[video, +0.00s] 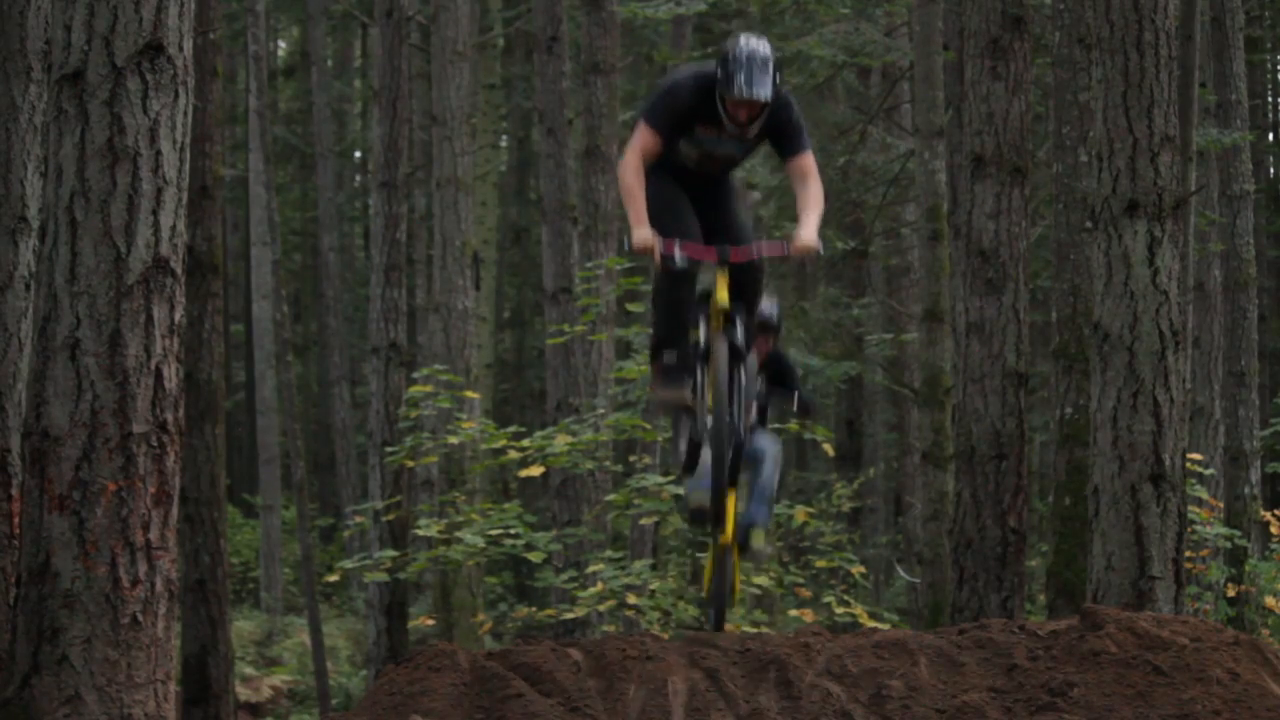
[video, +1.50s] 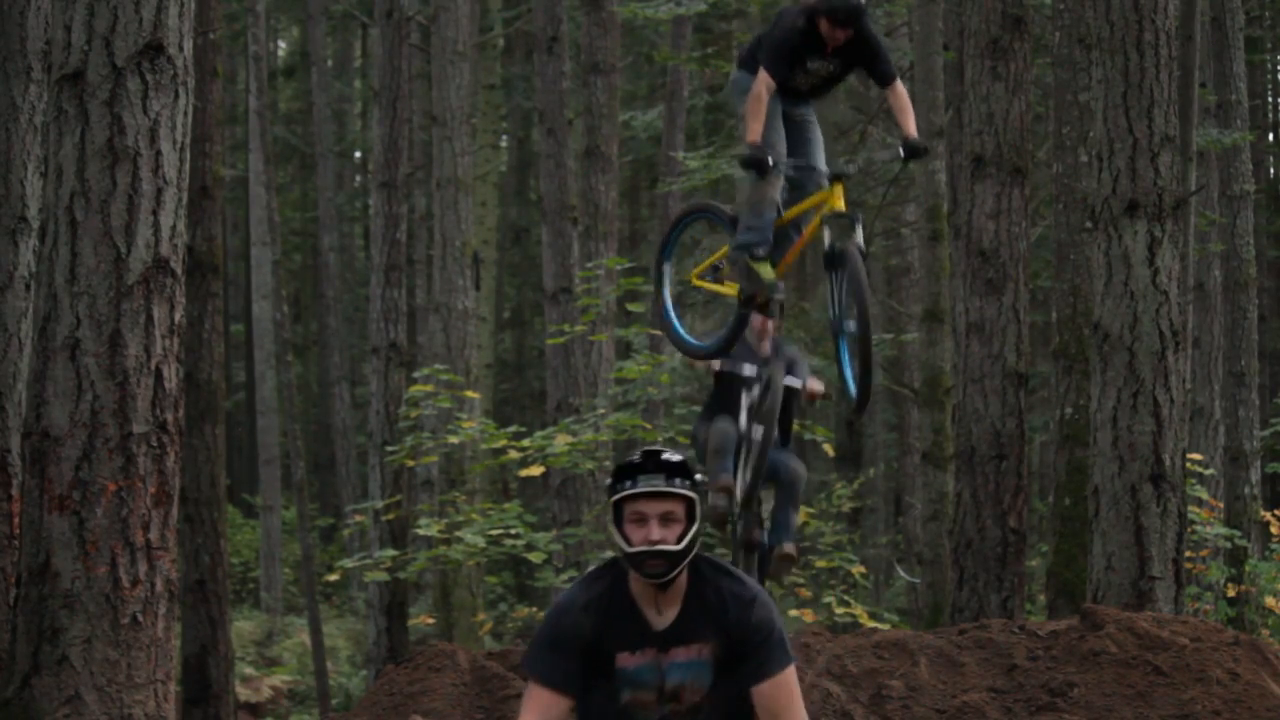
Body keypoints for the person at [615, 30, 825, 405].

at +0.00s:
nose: (744, 113)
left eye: (754, 105)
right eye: (737, 103)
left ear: (769, 95)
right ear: (720, 87)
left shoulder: (777, 107)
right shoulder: (686, 91)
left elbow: (806, 175)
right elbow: (632, 157)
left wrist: (808, 228)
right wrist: (639, 226)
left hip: (715, 183)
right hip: (664, 177)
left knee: (748, 267)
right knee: (681, 251)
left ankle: (742, 358)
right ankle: (667, 362)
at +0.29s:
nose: (744, 293)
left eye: (756, 284)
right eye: (736, 281)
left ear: (771, 271)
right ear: (716, 264)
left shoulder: (781, 274)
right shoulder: (675, 281)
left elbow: (815, 362)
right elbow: (648, 365)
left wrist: (831, 448)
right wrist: (661, 453)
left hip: (721, 347)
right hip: (668, 348)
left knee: (735, 460)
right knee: (679, 461)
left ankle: (722, 564)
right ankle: (669, 581)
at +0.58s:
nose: (750, 454)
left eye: (760, 445)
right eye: (743, 442)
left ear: (776, 430)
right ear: (722, 425)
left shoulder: (784, 438)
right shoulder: (672, 431)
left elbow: (823, 504)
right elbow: (615, 505)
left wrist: (834, 542)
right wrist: (647, 561)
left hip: (734, 491)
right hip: (671, 491)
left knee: (763, 546)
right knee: (693, 569)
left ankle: (749, 632)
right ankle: (691, 673)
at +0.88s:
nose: (731, 474)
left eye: (742, 461)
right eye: (720, 461)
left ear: (759, 455)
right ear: (700, 453)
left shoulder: (781, 483)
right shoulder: (659, 489)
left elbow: (826, 565)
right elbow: (611, 578)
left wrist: (828, 631)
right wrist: (627, 654)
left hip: (742, 575)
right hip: (668, 584)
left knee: (776, 660)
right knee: (688, 680)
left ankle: (776, 711)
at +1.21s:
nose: (695, 505)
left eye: (708, 490)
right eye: (682, 490)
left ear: (728, 489)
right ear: (662, 491)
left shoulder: (769, 555)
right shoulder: (624, 558)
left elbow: (803, 654)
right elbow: (584, 663)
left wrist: (807, 715)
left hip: (742, 688)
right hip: (656, 693)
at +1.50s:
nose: (654, 536)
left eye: (668, 520)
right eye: (639, 521)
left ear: (692, 524)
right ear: (618, 526)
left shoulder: (743, 606)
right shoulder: (579, 612)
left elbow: (788, 715)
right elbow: (537, 715)